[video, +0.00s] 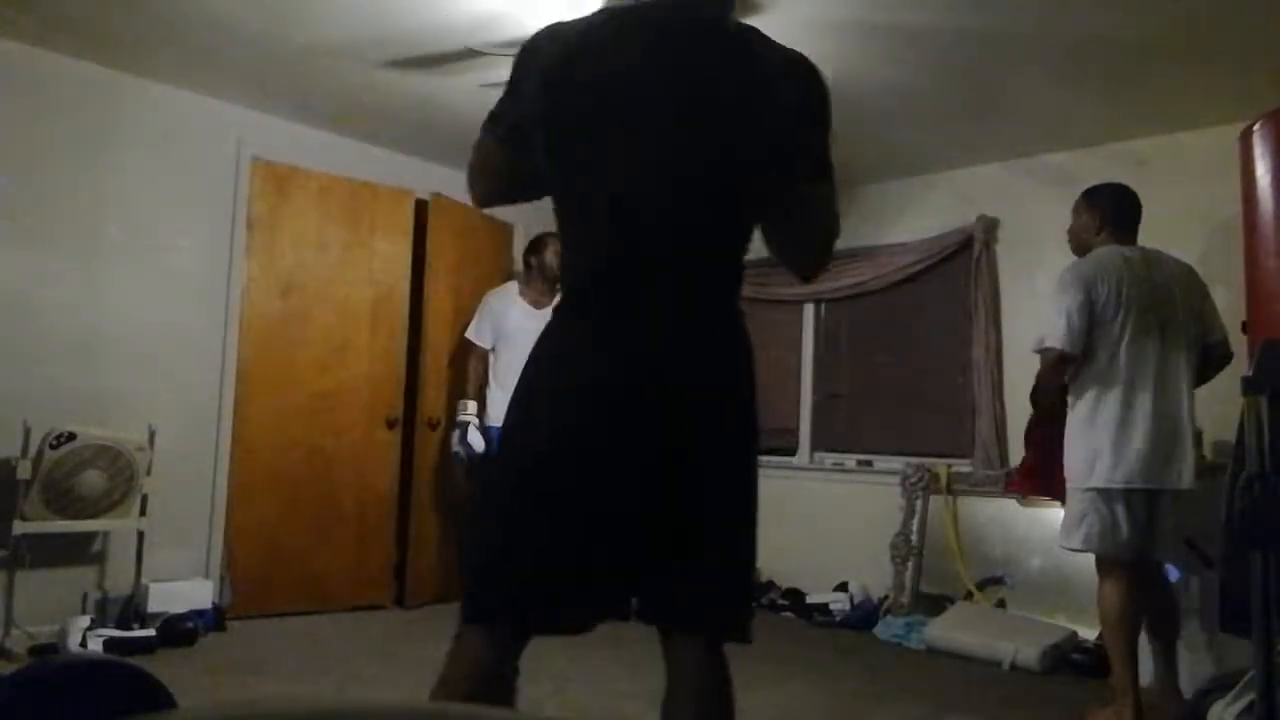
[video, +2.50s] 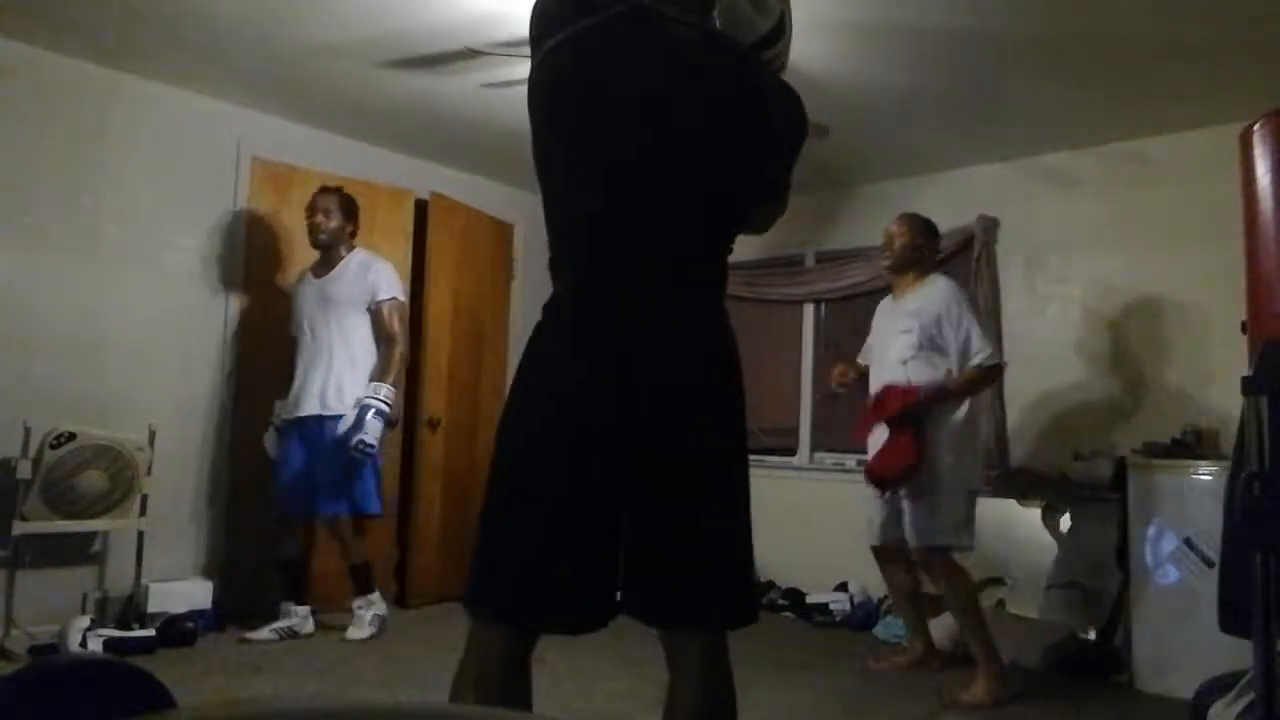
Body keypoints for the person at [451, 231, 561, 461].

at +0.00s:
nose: (558, 261)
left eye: (561, 255)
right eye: (552, 255)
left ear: (565, 262)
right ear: (532, 262)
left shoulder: (567, 306)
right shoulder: (497, 302)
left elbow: (576, 366)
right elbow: (478, 357)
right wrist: (470, 411)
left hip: (550, 422)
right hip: (502, 423)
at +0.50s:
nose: (545, 254)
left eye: (547, 249)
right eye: (536, 248)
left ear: (547, 259)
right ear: (515, 256)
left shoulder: (558, 310)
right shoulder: (484, 299)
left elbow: (578, 366)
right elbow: (462, 356)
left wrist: (570, 419)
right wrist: (451, 412)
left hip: (534, 424)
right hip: (485, 421)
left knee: (530, 509)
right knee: (469, 507)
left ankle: (526, 591)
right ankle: (459, 590)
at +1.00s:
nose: (465, 258)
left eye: (473, 251)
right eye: (460, 251)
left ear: (489, 256)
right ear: (453, 257)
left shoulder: (512, 301)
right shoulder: (441, 305)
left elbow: (528, 357)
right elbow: (426, 363)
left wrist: (522, 411)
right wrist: (413, 419)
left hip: (494, 420)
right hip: (446, 420)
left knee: (492, 510)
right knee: (451, 512)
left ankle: (493, 594)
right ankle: (450, 593)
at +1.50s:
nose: (432, 250)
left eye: (438, 244)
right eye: (427, 243)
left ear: (448, 250)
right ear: (417, 249)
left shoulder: (459, 299)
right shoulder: (408, 299)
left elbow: (464, 359)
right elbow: (396, 357)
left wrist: (460, 408)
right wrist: (388, 411)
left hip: (447, 414)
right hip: (409, 411)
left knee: (430, 506)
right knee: (391, 503)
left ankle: (424, 605)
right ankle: (376, 603)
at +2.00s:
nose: (384, 234)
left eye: (394, 228)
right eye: (379, 227)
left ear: (413, 236)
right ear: (373, 233)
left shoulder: (432, 284)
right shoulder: (366, 287)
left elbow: (450, 357)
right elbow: (358, 355)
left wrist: (439, 420)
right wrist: (331, 404)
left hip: (406, 416)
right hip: (364, 413)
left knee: (397, 513)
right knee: (379, 512)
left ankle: (382, 604)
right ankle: (397, 598)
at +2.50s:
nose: (316, 221)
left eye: (327, 214)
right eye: (311, 214)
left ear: (348, 223)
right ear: (306, 223)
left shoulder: (374, 272)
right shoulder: (303, 284)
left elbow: (395, 344)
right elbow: (301, 358)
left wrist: (375, 407)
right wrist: (280, 417)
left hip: (347, 414)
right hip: (300, 415)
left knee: (340, 514)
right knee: (294, 514)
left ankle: (368, 604)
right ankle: (295, 610)